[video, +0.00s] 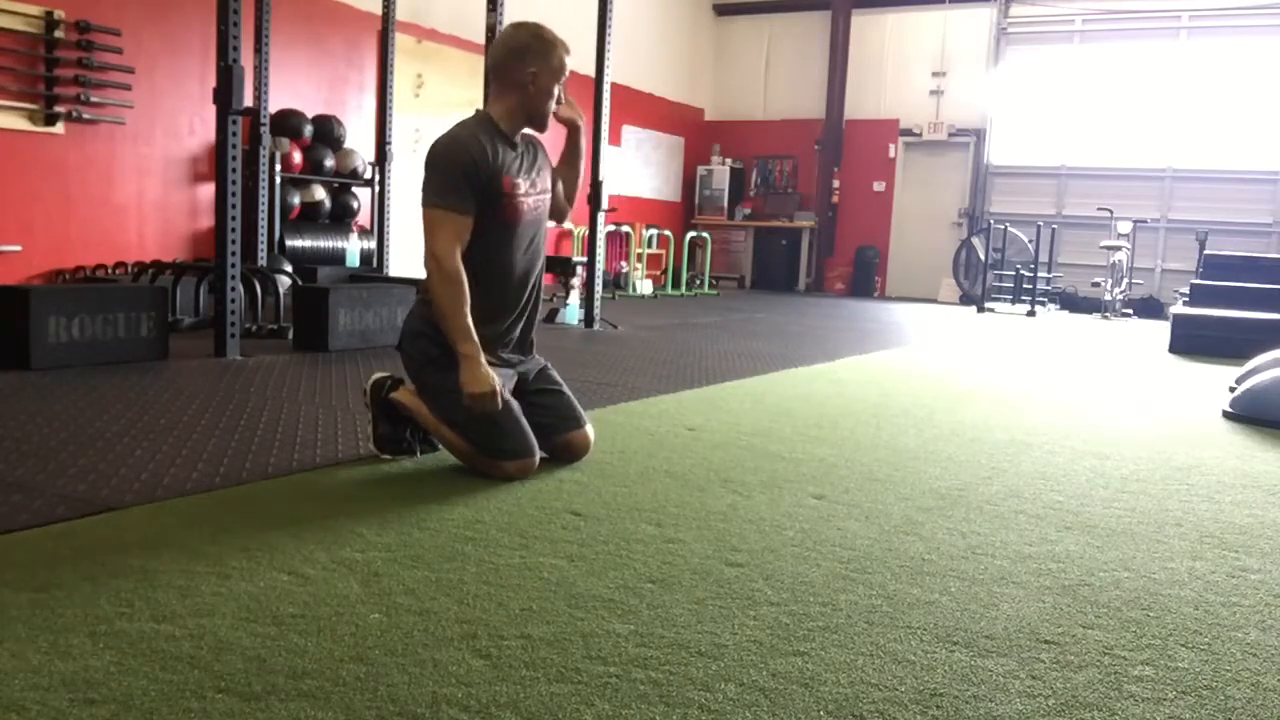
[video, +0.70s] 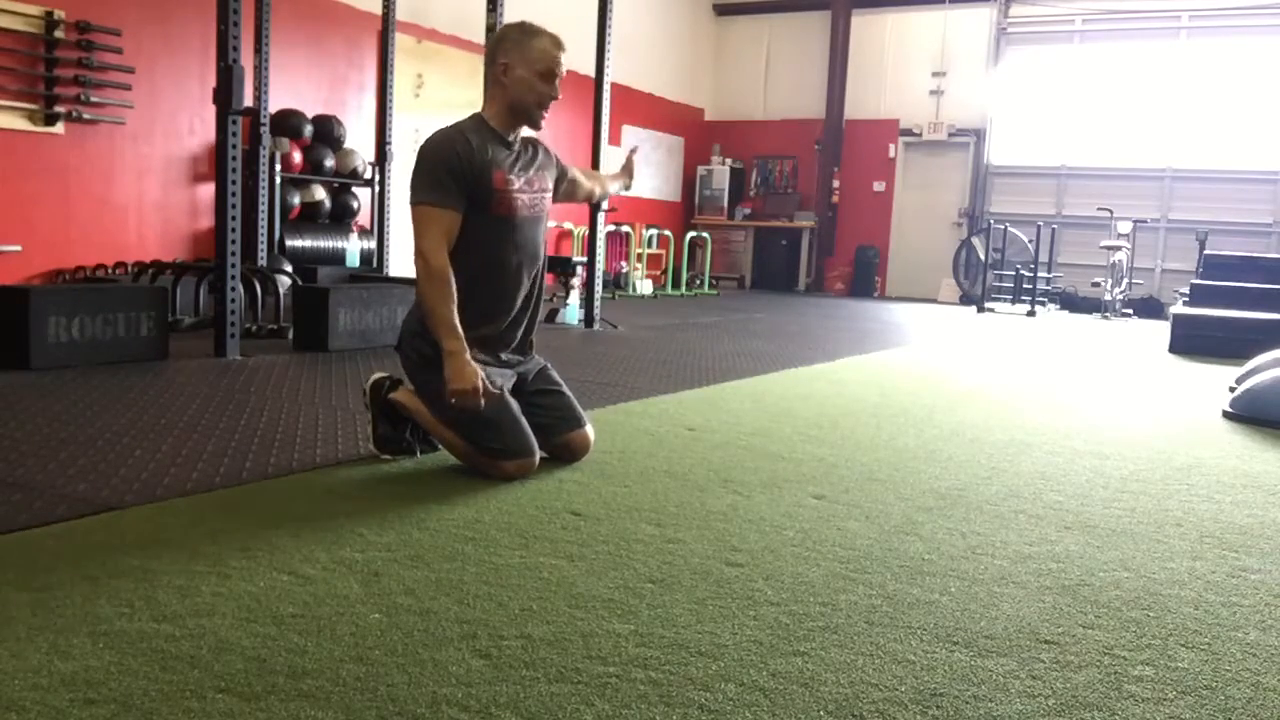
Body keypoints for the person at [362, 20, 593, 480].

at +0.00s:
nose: (563, 94)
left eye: (564, 82)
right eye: (561, 81)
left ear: (530, 79)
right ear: (529, 78)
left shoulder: (536, 152)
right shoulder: (461, 149)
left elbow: (560, 209)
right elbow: (442, 259)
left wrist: (577, 131)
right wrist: (471, 357)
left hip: (511, 345)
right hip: (449, 347)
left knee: (572, 442)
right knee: (515, 464)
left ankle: (437, 412)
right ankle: (399, 399)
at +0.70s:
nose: (557, 92)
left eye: (559, 79)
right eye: (547, 76)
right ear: (504, 70)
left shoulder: (541, 158)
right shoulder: (450, 149)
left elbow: (587, 186)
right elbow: (431, 256)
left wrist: (620, 178)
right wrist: (455, 354)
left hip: (516, 350)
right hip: (453, 352)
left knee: (573, 444)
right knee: (515, 464)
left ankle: (439, 411)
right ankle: (399, 399)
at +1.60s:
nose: (497, 89)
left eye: (513, 79)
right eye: (488, 74)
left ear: (536, 84)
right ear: (475, 73)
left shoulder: (547, 157)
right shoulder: (449, 143)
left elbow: (556, 248)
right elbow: (379, 198)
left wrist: (598, 325)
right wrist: (382, 98)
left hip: (515, 347)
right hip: (447, 347)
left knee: (573, 442)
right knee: (515, 463)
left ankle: (439, 410)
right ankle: (397, 398)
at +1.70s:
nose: (496, 90)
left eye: (512, 78)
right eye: (487, 74)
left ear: (536, 84)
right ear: (474, 73)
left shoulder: (546, 158)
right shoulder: (449, 144)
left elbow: (557, 249)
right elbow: (375, 181)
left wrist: (599, 325)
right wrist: (337, 105)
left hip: (515, 346)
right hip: (448, 345)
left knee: (573, 443)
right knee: (515, 463)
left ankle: (438, 412)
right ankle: (397, 399)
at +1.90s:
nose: (498, 89)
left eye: (513, 76)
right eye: (488, 73)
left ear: (539, 80)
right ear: (477, 72)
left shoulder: (545, 159)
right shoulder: (448, 145)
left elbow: (555, 254)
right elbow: (367, 167)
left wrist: (592, 331)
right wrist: (292, 150)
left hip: (513, 344)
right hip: (447, 342)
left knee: (572, 442)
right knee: (515, 463)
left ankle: (440, 406)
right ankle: (400, 399)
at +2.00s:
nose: (498, 89)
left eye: (514, 78)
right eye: (489, 74)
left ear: (538, 81)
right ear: (477, 73)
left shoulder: (545, 160)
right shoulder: (449, 146)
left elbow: (552, 251)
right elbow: (371, 172)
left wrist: (586, 331)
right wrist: (291, 163)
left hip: (512, 344)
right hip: (446, 343)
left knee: (572, 442)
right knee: (516, 463)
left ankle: (438, 409)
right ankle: (396, 400)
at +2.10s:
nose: (500, 91)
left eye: (516, 79)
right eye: (490, 75)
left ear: (538, 81)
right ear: (477, 73)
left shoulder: (545, 160)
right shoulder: (449, 147)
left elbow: (552, 252)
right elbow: (371, 177)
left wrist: (586, 331)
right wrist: (292, 169)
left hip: (512, 344)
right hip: (446, 342)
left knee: (572, 442)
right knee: (516, 463)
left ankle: (438, 408)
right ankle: (396, 400)